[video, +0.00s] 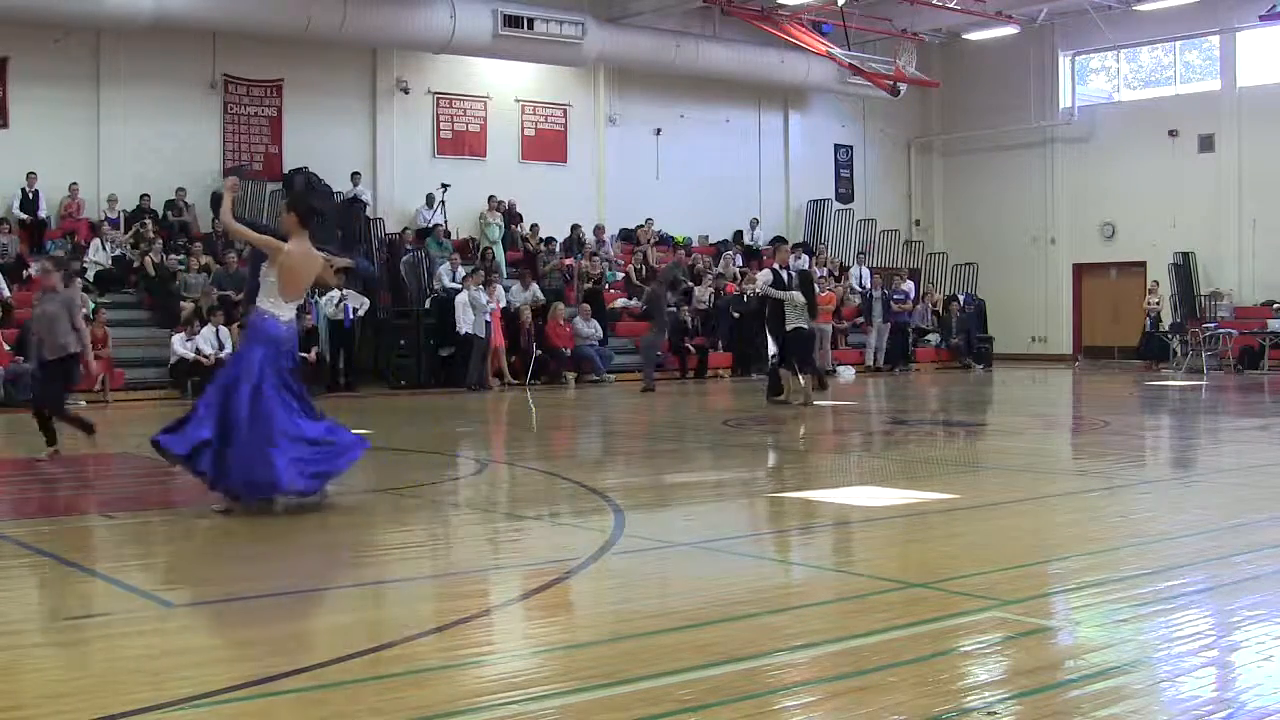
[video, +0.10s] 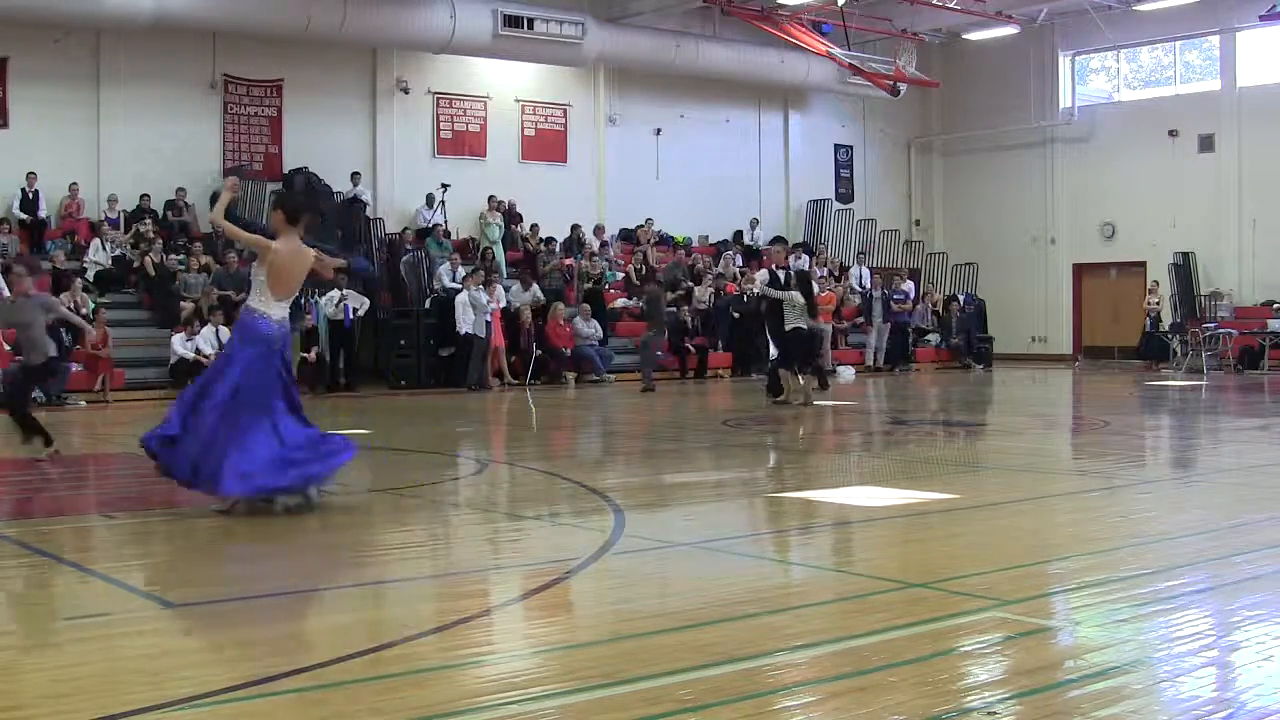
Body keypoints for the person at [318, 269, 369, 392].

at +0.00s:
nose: (339, 282)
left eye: (341, 279)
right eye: (337, 279)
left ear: (345, 281)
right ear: (333, 281)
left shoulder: (350, 294)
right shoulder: (328, 297)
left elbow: (366, 302)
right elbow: (329, 314)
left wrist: (359, 313)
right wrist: (338, 304)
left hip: (348, 323)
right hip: (334, 324)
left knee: (349, 355)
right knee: (335, 355)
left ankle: (349, 381)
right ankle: (334, 382)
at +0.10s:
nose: (342, 282)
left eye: (344, 279)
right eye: (340, 279)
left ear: (347, 281)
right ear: (335, 281)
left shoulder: (351, 294)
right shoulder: (329, 296)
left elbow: (366, 302)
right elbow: (329, 314)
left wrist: (359, 313)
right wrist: (338, 304)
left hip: (349, 322)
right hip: (335, 323)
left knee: (350, 354)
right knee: (334, 354)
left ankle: (350, 382)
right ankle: (334, 382)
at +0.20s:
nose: (342, 282)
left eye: (344, 279)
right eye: (340, 279)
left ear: (347, 281)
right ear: (336, 281)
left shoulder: (350, 293)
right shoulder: (329, 296)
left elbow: (366, 302)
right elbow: (329, 313)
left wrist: (359, 312)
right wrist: (338, 303)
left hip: (348, 323)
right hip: (335, 323)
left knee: (349, 354)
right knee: (334, 355)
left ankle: (350, 382)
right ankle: (334, 383)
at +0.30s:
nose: (342, 282)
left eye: (344, 280)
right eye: (340, 280)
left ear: (347, 281)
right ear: (336, 281)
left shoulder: (351, 294)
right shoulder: (329, 296)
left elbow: (366, 302)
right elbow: (330, 314)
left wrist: (359, 312)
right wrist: (338, 303)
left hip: (349, 322)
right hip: (335, 323)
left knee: (350, 354)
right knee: (335, 354)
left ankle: (350, 382)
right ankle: (334, 382)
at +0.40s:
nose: (342, 282)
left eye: (344, 280)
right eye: (340, 280)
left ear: (346, 281)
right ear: (335, 281)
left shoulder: (350, 294)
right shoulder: (329, 296)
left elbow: (366, 302)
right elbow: (329, 314)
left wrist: (359, 313)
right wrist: (338, 303)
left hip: (349, 322)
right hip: (334, 323)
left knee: (350, 354)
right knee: (334, 355)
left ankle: (350, 382)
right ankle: (334, 383)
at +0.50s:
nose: (342, 282)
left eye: (344, 279)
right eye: (340, 280)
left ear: (347, 281)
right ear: (336, 281)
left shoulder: (351, 294)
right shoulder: (330, 296)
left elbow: (366, 302)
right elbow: (329, 313)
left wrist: (359, 313)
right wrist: (337, 304)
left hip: (349, 322)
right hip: (334, 322)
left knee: (350, 354)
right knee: (334, 355)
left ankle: (350, 382)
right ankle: (334, 382)